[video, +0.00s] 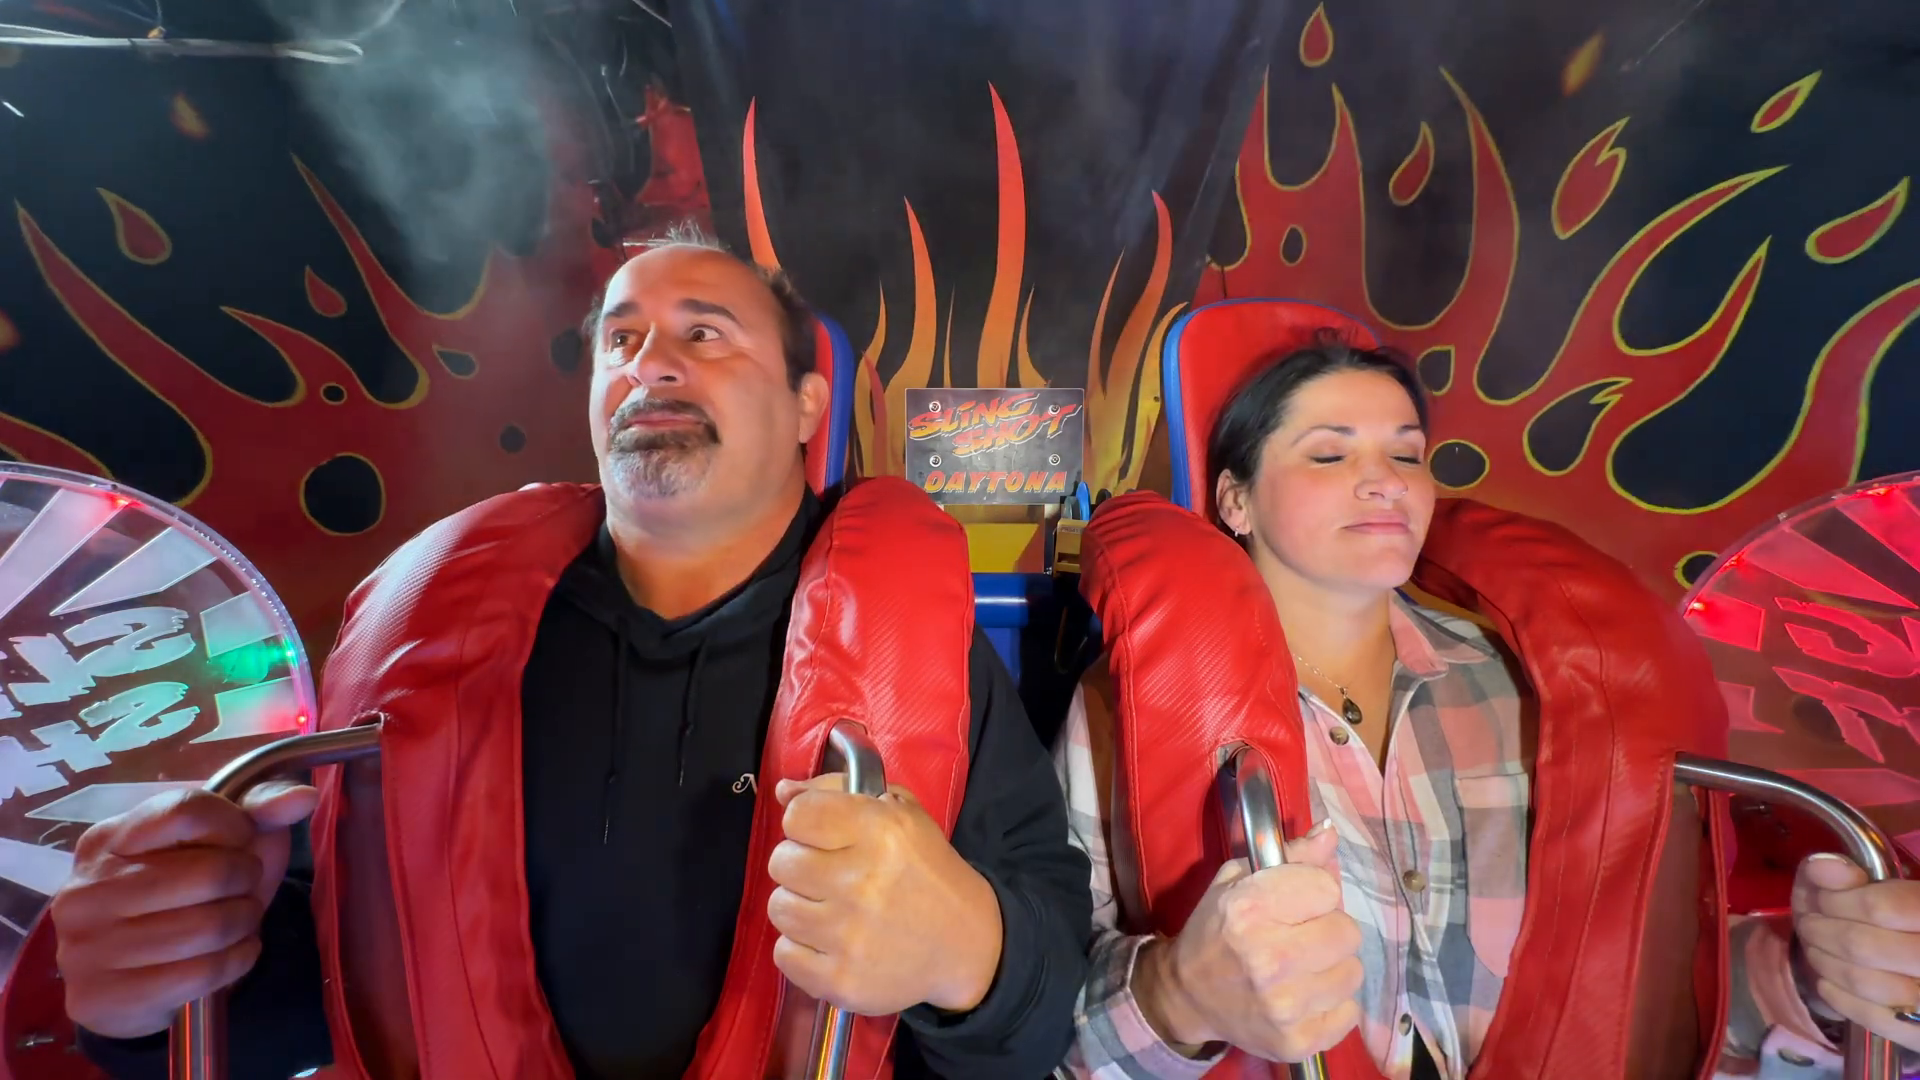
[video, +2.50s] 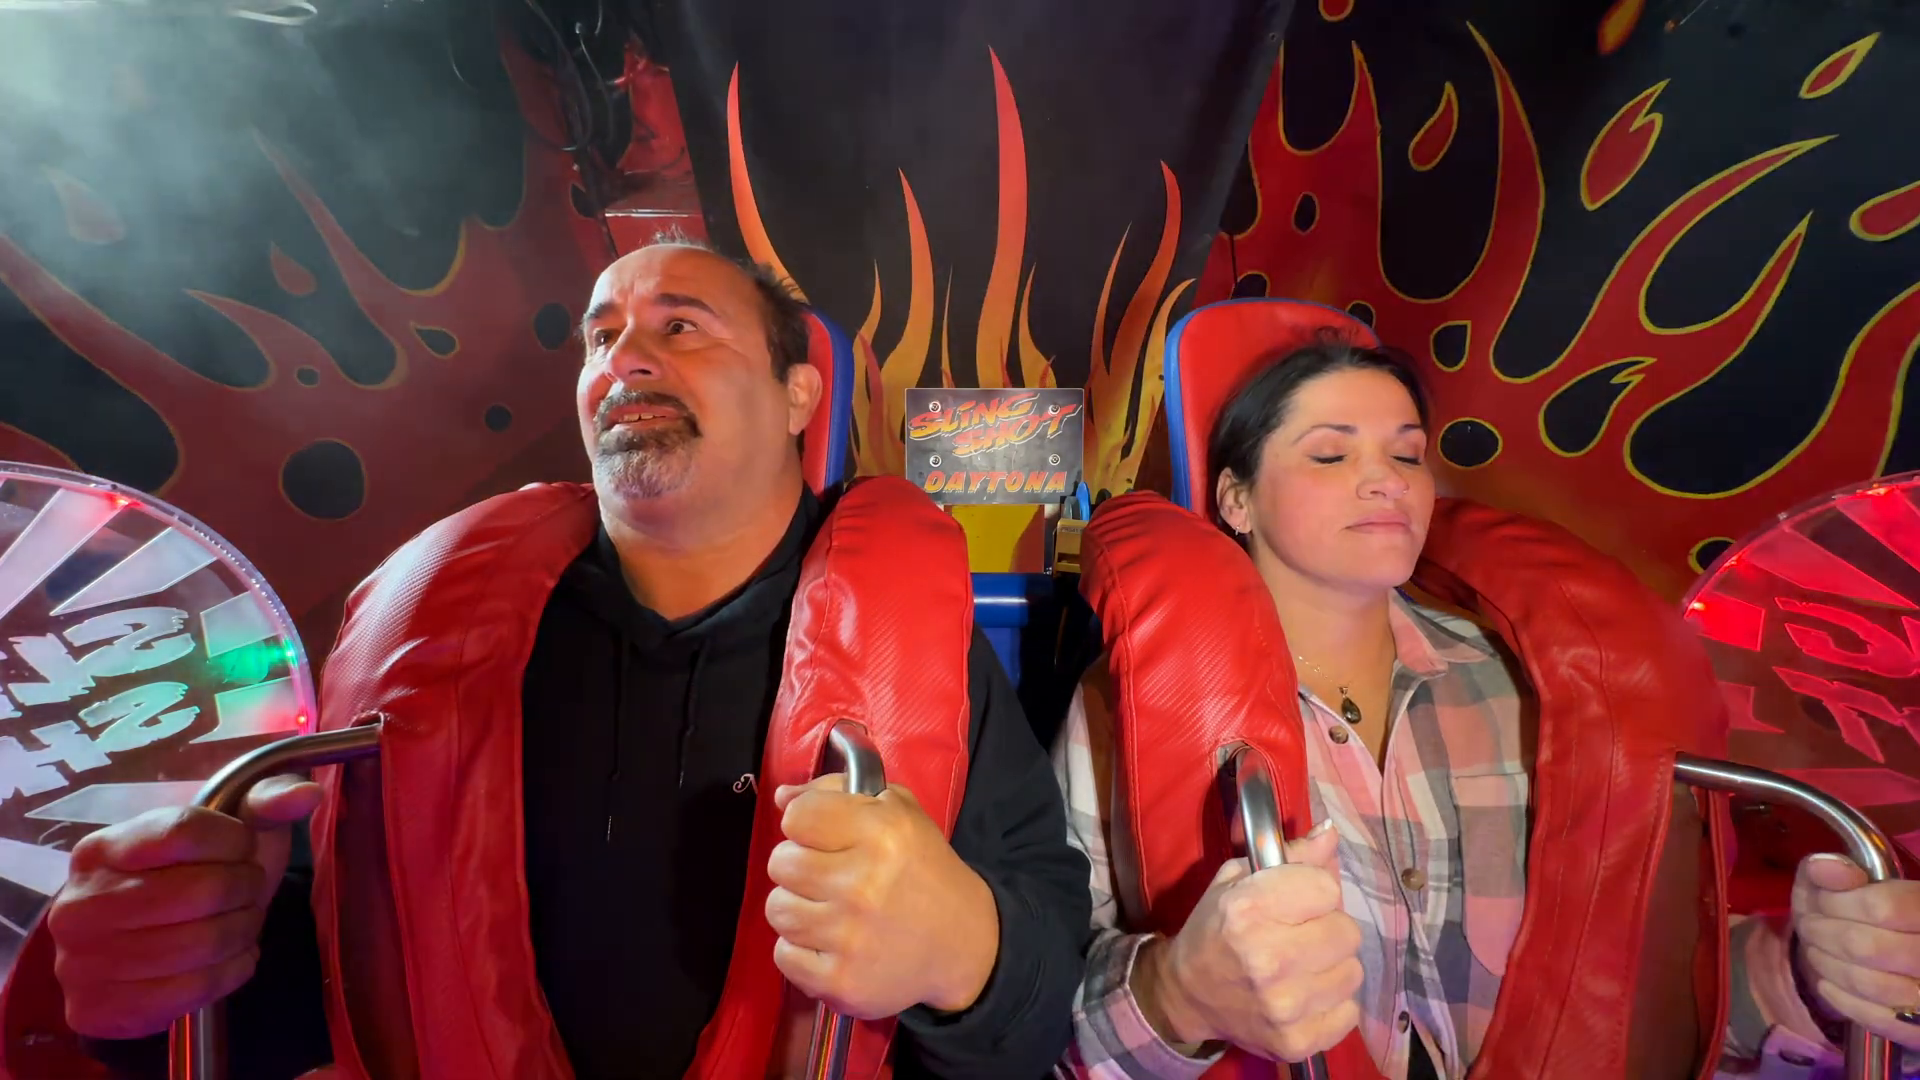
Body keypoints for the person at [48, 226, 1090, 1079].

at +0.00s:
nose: (652, 360)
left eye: (709, 330)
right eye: (623, 340)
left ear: (807, 414)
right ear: (588, 415)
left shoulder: (921, 661)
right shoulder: (430, 634)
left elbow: (1045, 1004)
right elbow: (306, 976)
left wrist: (979, 955)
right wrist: (97, 984)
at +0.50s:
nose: (638, 353)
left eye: (697, 322)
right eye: (612, 334)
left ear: (807, 404)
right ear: (582, 413)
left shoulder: (923, 661)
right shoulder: (425, 630)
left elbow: (1043, 1006)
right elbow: (309, 982)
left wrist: (979, 958)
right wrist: (107, 980)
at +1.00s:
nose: (639, 359)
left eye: (699, 326)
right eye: (612, 338)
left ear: (807, 402)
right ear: (583, 411)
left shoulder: (924, 650)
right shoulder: (435, 642)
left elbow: (1041, 981)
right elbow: (297, 1017)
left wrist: (980, 943)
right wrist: (186, 978)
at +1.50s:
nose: (623, 368)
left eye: (685, 329)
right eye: (602, 347)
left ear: (799, 403)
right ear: (578, 417)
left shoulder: (920, 660)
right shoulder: (440, 641)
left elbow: (1032, 1029)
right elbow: (306, 972)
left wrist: (974, 956)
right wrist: (90, 984)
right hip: (480, 1064)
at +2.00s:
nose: (619, 366)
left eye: (681, 326)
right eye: (598, 344)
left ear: (798, 398)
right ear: (575, 418)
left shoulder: (922, 659)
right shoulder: (443, 644)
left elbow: (1036, 1016)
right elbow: (319, 972)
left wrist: (979, 952)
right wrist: (120, 977)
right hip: (493, 1071)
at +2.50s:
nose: (623, 361)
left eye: (683, 324)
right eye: (600, 340)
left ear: (799, 396)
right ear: (577, 413)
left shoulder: (918, 652)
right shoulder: (440, 638)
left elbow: (1045, 1011)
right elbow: (315, 985)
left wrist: (971, 950)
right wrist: (110, 981)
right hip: (490, 1067)